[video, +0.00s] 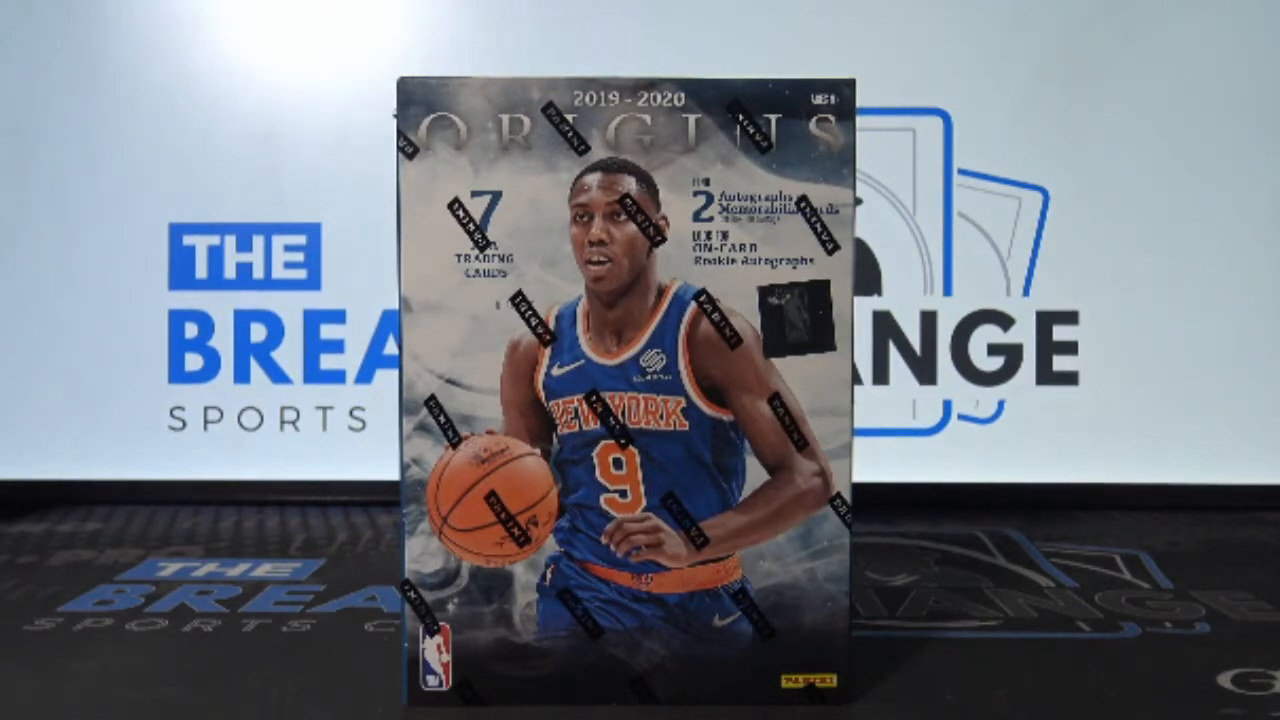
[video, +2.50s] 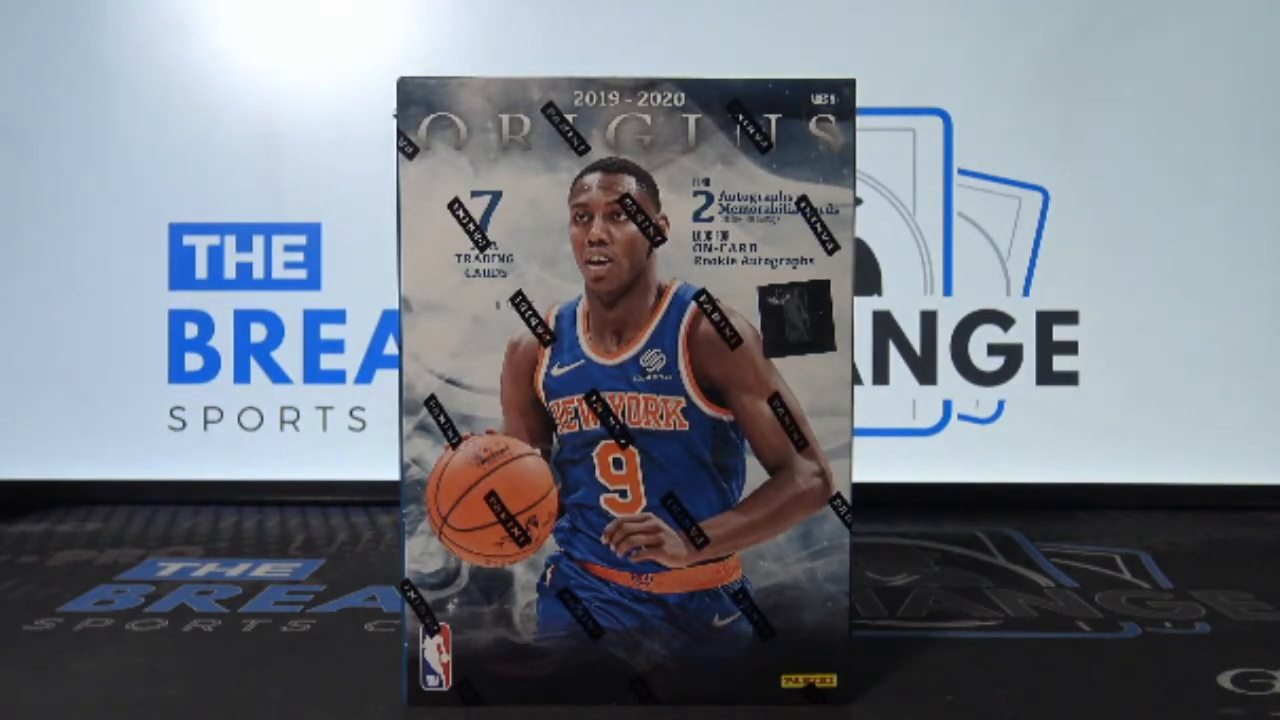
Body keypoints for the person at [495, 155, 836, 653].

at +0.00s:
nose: (595, 235)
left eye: (617, 216)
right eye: (582, 218)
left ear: (657, 229)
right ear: (570, 231)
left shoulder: (712, 334)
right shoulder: (534, 352)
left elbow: (810, 475)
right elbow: (526, 488)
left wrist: (695, 543)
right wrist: (476, 472)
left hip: (697, 613)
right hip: (582, 606)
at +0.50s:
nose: (595, 235)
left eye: (617, 216)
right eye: (582, 218)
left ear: (657, 230)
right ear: (570, 232)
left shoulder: (712, 334)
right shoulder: (534, 353)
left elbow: (809, 476)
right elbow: (525, 488)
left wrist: (695, 543)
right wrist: (475, 473)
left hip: (697, 612)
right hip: (582, 605)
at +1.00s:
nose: (595, 235)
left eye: (617, 216)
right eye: (582, 218)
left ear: (657, 230)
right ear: (569, 232)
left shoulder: (712, 334)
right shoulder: (534, 352)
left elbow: (810, 477)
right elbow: (529, 489)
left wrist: (696, 542)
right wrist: (486, 469)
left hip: (699, 613)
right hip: (583, 606)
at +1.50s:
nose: (595, 235)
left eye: (617, 216)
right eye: (582, 218)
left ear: (657, 230)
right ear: (569, 232)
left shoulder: (712, 334)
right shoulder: (535, 352)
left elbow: (810, 477)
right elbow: (530, 489)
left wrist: (696, 542)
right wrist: (485, 469)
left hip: (699, 613)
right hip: (584, 605)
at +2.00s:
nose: (595, 235)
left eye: (617, 216)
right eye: (582, 218)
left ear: (657, 230)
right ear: (570, 232)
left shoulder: (712, 334)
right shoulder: (534, 352)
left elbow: (809, 476)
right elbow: (529, 488)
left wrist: (696, 542)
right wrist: (480, 472)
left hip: (698, 614)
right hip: (583, 606)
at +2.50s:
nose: (595, 235)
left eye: (617, 216)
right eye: (582, 218)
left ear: (657, 230)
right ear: (569, 232)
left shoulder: (713, 335)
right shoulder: (535, 352)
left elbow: (810, 477)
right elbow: (530, 489)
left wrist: (696, 541)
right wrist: (485, 467)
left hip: (697, 614)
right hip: (582, 606)